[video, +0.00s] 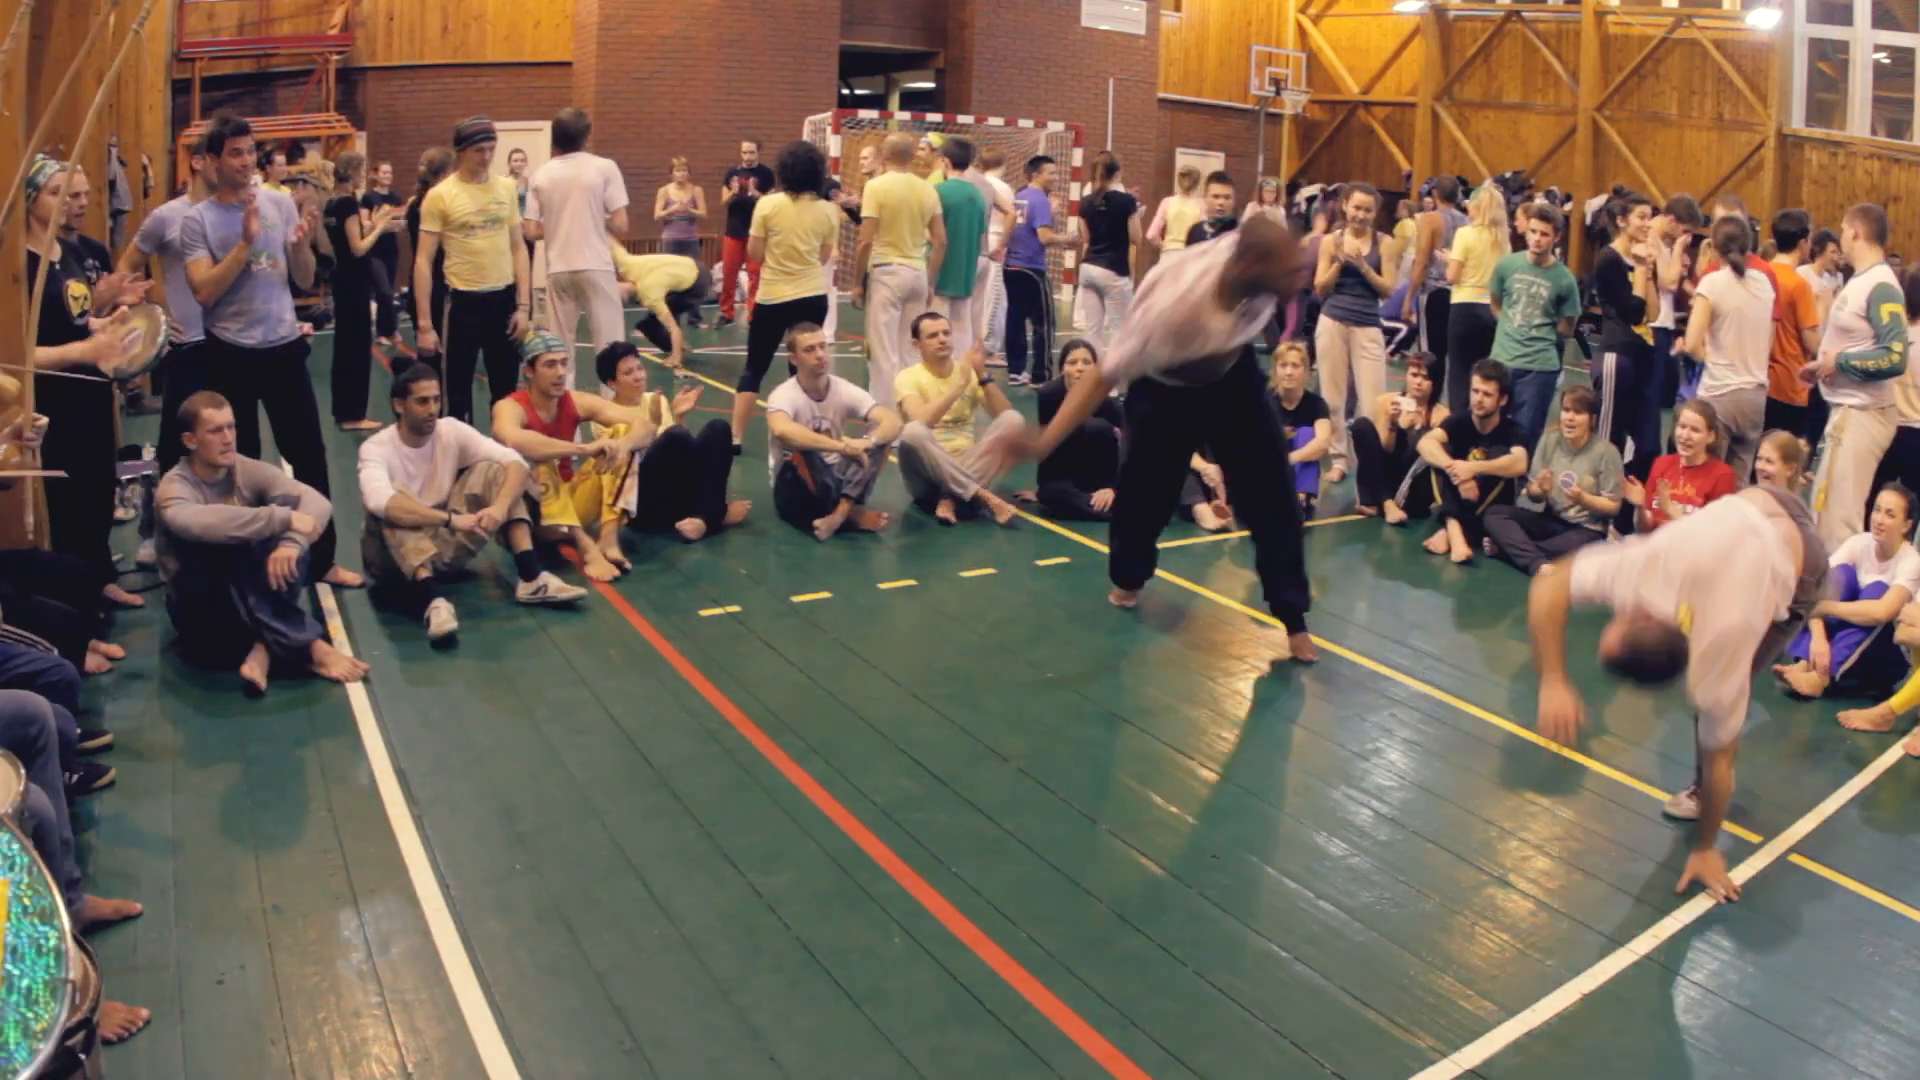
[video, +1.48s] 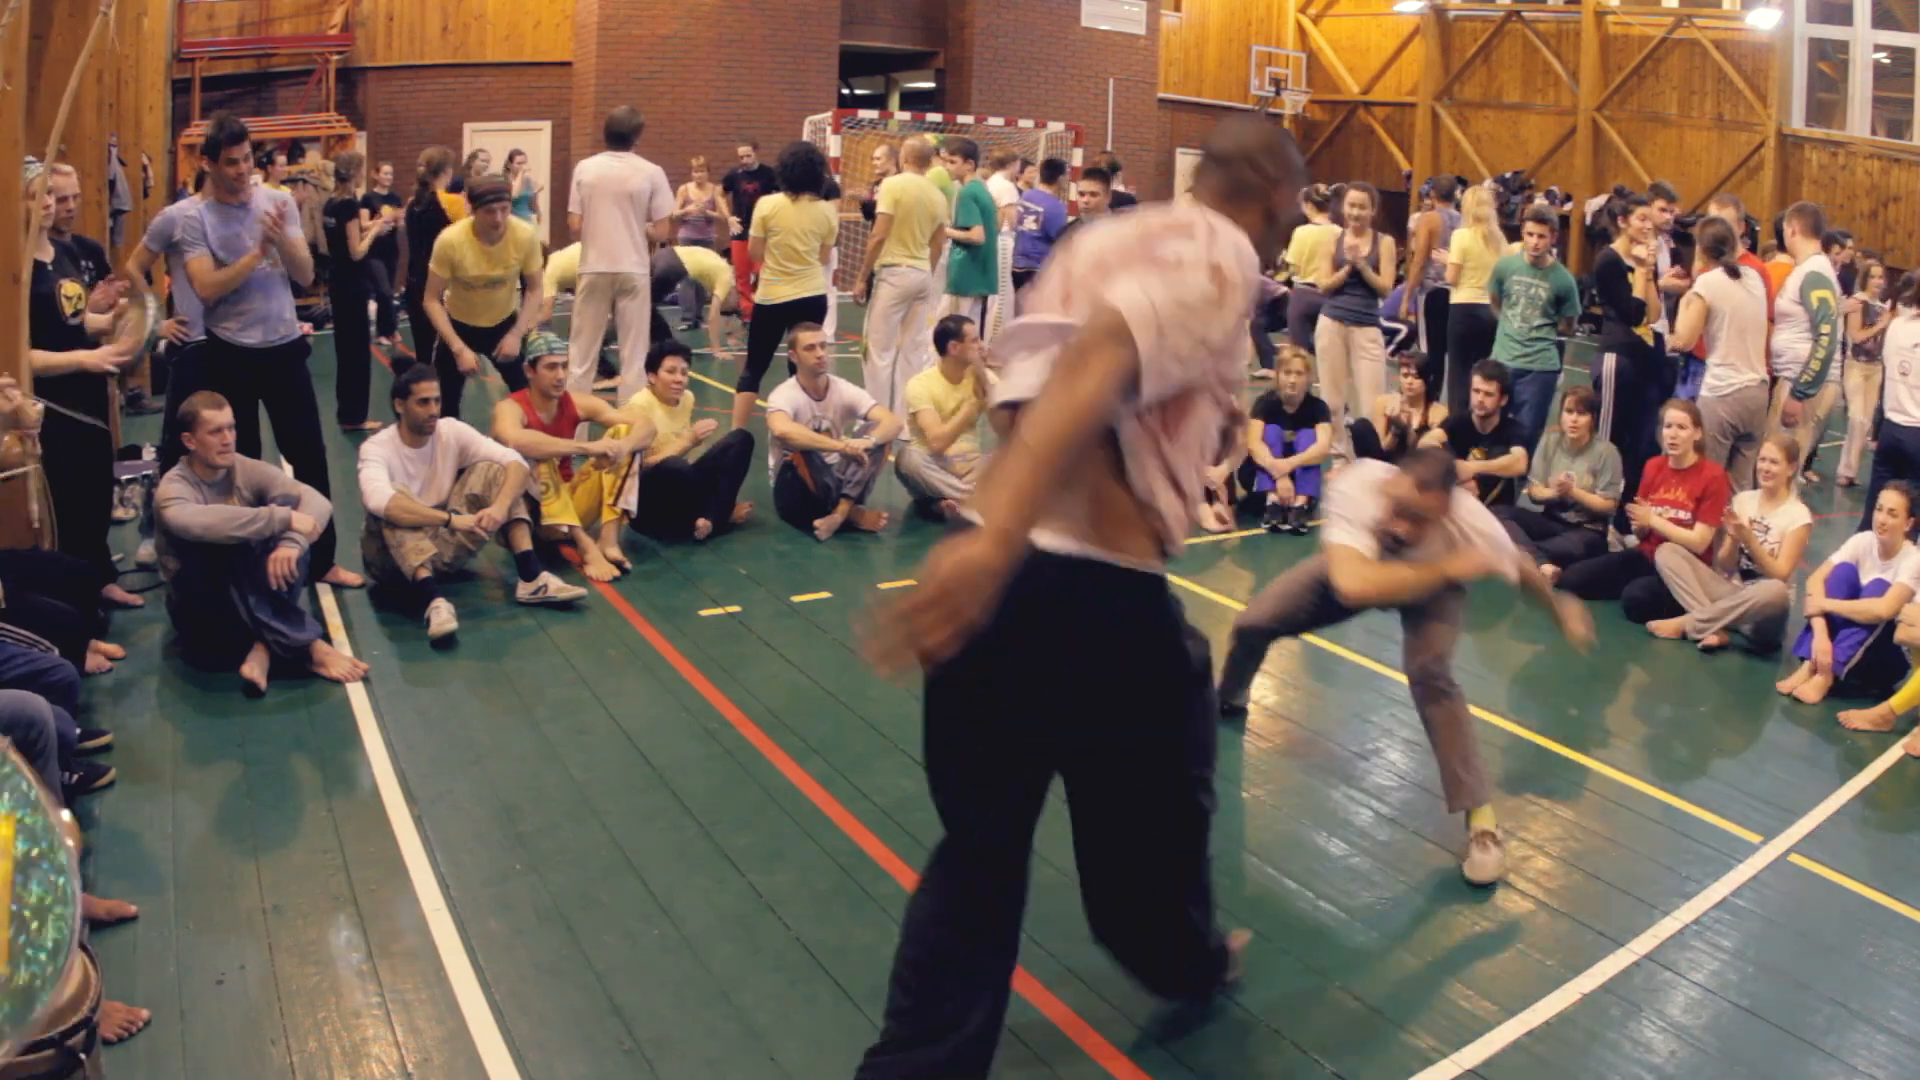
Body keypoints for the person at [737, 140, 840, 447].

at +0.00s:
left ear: (781, 170)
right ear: (819, 172)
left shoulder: (767, 204)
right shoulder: (829, 211)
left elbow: (755, 252)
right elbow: (824, 255)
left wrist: (782, 248)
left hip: (773, 300)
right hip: (813, 299)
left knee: (754, 370)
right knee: (806, 369)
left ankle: (736, 437)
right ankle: (809, 436)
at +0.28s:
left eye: (779, 166)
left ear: (781, 171)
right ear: (819, 172)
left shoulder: (767, 205)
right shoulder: (828, 210)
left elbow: (754, 251)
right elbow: (825, 254)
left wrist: (779, 241)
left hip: (772, 301)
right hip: (813, 299)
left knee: (754, 368)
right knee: (807, 368)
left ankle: (734, 437)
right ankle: (809, 435)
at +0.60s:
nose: (771, 171)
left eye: (775, 167)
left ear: (780, 172)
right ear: (818, 172)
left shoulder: (765, 204)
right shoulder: (827, 210)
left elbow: (755, 252)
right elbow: (825, 254)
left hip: (771, 301)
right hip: (812, 299)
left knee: (753, 370)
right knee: (806, 369)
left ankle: (735, 436)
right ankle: (807, 437)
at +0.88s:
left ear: (781, 170)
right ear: (818, 172)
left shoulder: (766, 204)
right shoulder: (827, 210)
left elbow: (755, 251)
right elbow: (823, 254)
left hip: (772, 300)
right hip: (813, 298)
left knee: (754, 369)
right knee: (805, 367)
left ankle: (736, 438)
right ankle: (808, 436)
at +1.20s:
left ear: (781, 171)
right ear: (818, 172)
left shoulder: (766, 205)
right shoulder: (827, 210)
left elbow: (755, 252)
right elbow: (824, 255)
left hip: (772, 300)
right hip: (813, 298)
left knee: (753, 369)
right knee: (804, 366)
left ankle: (736, 437)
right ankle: (808, 433)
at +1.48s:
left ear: (782, 171)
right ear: (819, 173)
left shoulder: (767, 205)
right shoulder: (827, 210)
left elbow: (755, 251)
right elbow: (825, 256)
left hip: (772, 299)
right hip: (813, 298)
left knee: (753, 368)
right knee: (805, 366)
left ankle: (736, 436)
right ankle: (808, 433)